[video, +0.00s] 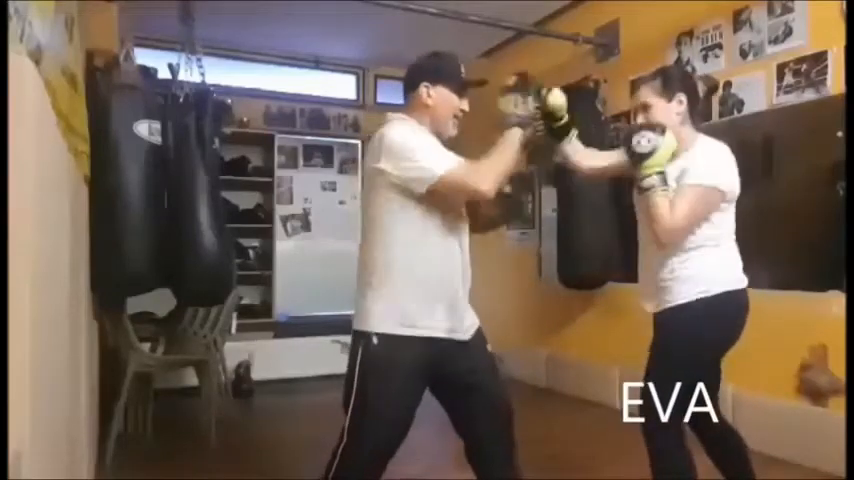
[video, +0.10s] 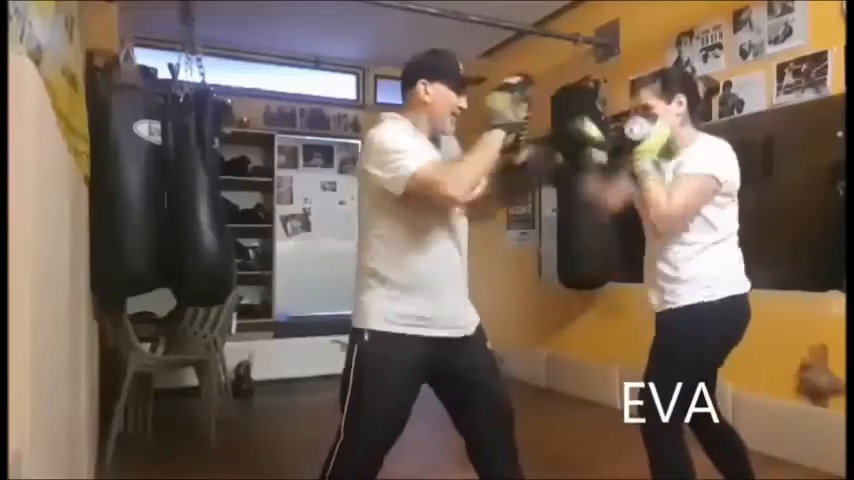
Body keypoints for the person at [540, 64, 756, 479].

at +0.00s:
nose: (639, 119)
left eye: (646, 107)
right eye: (636, 111)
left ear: (679, 104)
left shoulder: (713, 156)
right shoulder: (653, 153)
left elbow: (668, 232)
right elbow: (588, 161)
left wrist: (651, 170)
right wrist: (558, 124)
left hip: (708, 301)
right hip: (677, 304)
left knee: (659, 416)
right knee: (702, 412)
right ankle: (743, 475)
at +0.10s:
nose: (638, 121)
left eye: (647, 110)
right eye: (636, 112)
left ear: (678, 106)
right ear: (671, 108)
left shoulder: (713, 154)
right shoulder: (659, 157)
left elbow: (666, 222)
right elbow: (609, 201)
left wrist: (644, 158)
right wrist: (584, 160)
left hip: (709, 307)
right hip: (678, 308)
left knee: (656, 418)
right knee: (699, 412)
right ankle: (743, 475)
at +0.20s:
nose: (629, 157)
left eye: (629, 149)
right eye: (626, 150)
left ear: (643, 143)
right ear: (672, 129)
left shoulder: (680, 153)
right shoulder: (704, 156)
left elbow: (599, 193)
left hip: (697, 318)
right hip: (731, 312)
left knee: (638, 413)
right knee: (696, 409)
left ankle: (662, 475)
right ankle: (741, 474)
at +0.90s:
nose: (638, 124)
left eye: (644, 115)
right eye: (636, 116)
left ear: (676, 111)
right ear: (676, 113)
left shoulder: (678, 143)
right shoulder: (699, 149)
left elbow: (591, 150)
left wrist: (587, 126)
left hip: (690, 306)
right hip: (722, 303)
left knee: (635, 414)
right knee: (700, 409)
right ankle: (743, 475)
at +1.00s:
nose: (638, 131)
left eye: (647, 118)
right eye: (635, 121)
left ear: (680, 115)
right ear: (681, 118)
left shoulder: (672, 153)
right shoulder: (704, 153)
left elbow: (607, 190)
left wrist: (581, 158)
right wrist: (635, 159)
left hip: (690, 311)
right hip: (729, 307)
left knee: (634, 414)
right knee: (701, 410)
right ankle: (743, 475)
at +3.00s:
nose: (627, 127)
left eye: (634, 117)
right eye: (625, 119)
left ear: (666, 113)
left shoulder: (703, 155)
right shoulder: (634, 173)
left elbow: (673, 229)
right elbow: (606, 239)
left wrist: (646, 165)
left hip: (711, 309)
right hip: (674, 315)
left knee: (641, 413)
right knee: (687, 418)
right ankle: (731, 474)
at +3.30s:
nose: (632, 125)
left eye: (639, 114)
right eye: (629, 116)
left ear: (669, 108)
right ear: (658, 111)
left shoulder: (704, 158)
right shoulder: (641, 164)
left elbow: (676, 235)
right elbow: (601, 209)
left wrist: (650, 172)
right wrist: (591, 161)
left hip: (700, 308)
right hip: (664, 310)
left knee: (647, 413)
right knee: (691, 417)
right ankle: (732, 475)